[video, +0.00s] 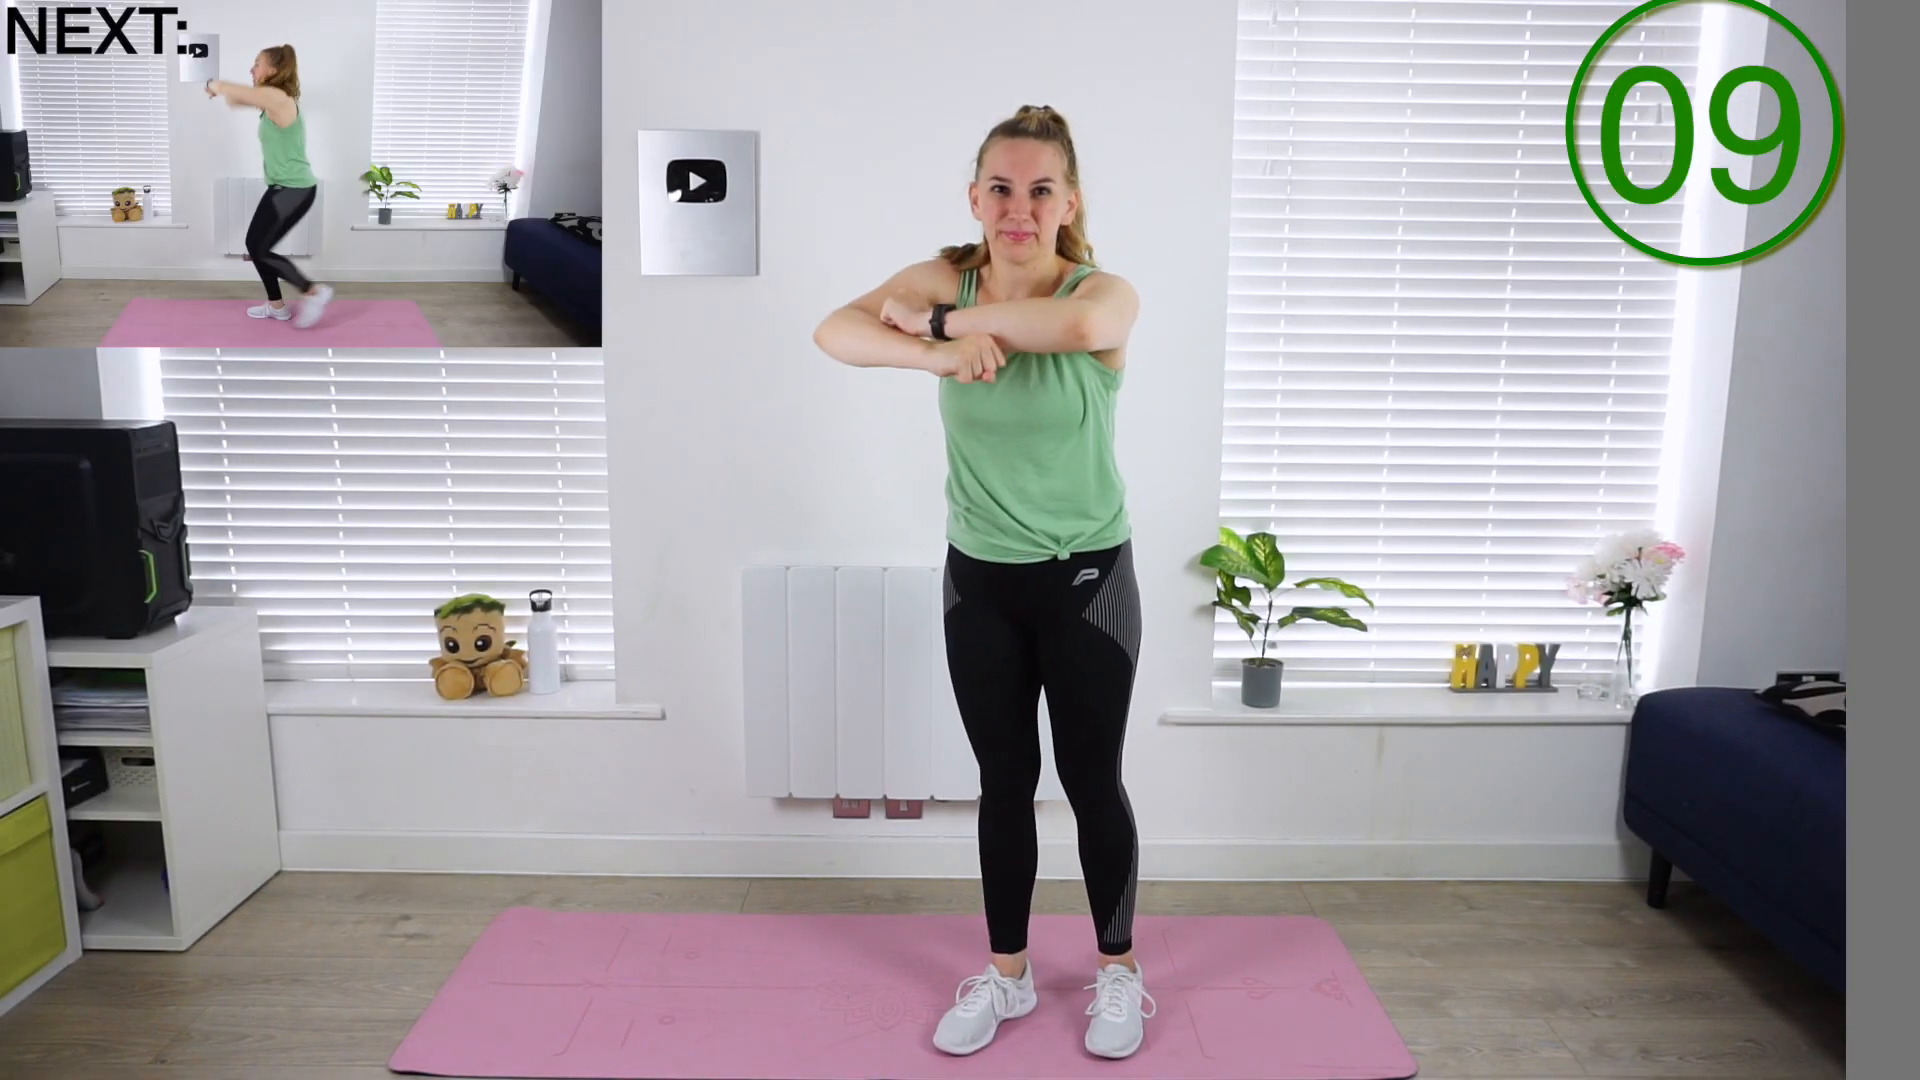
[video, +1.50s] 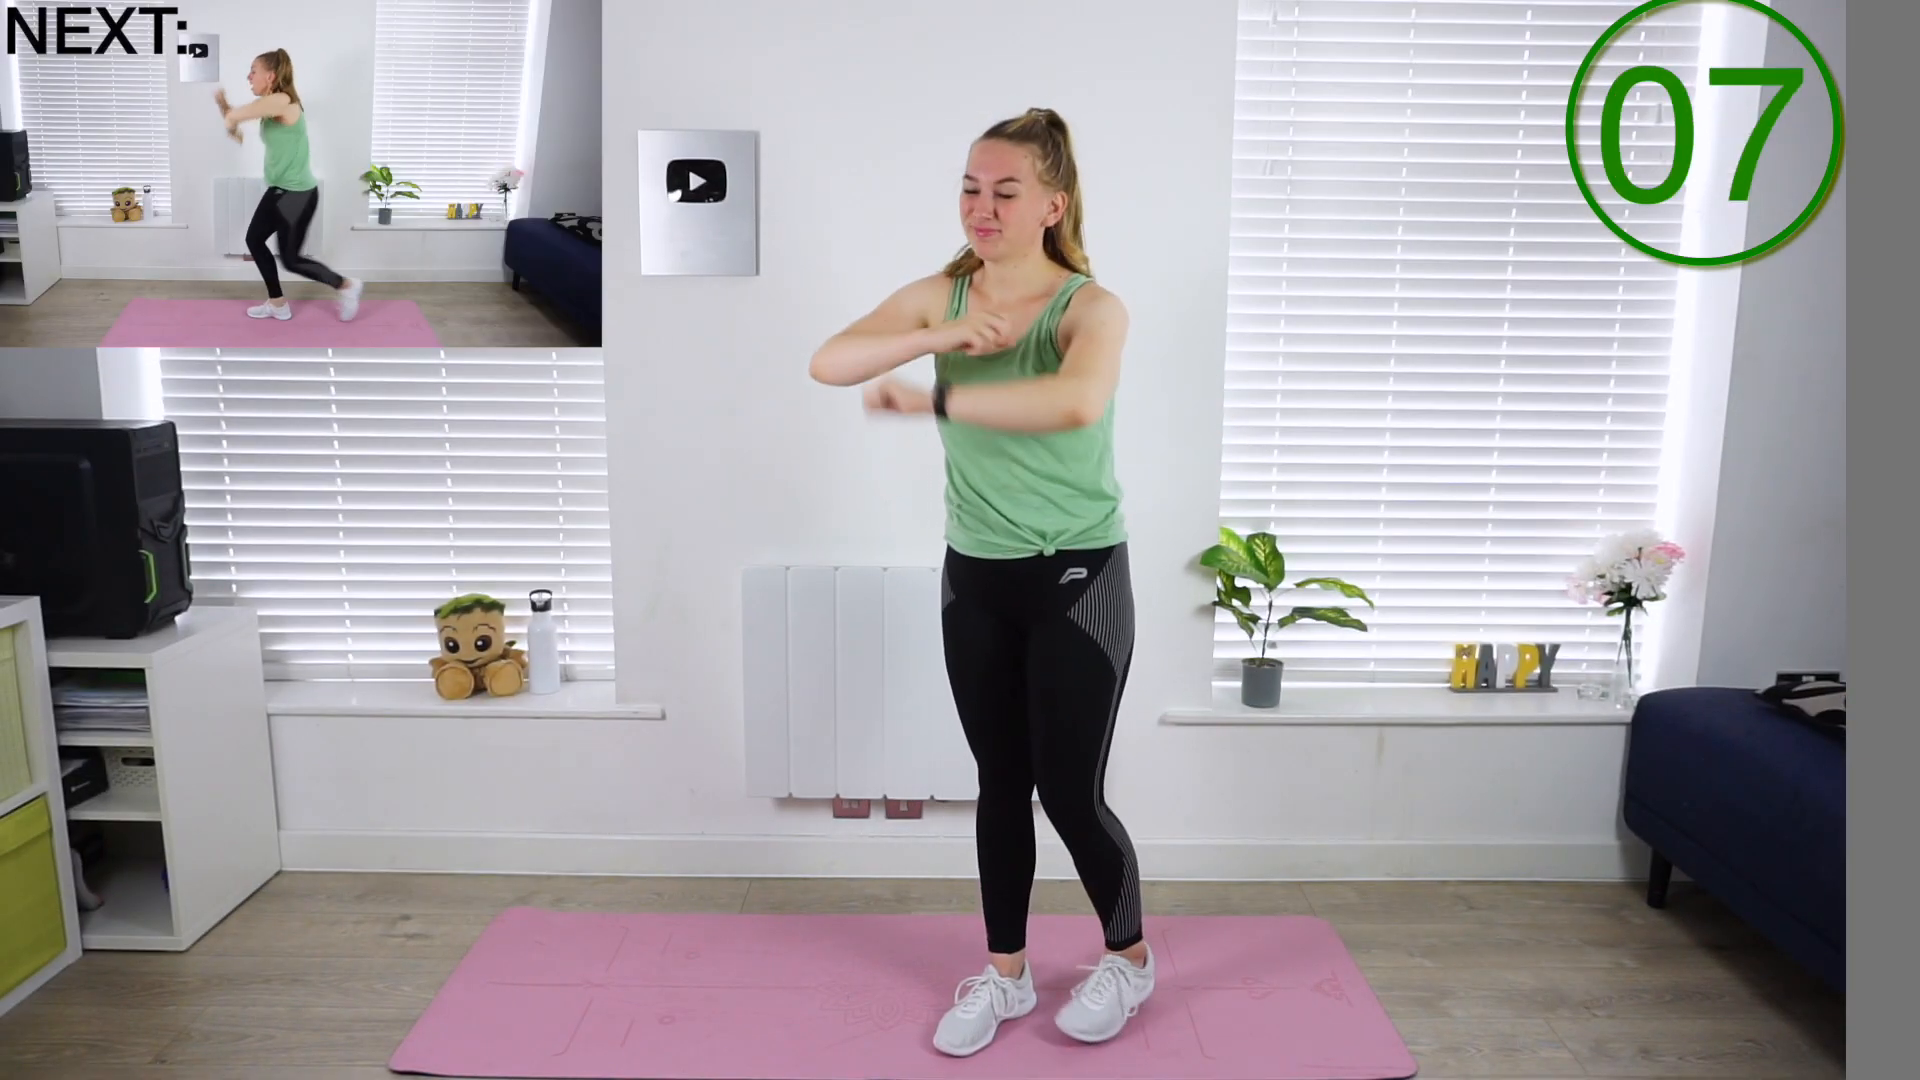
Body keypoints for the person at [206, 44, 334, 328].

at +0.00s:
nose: (252, 69)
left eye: (257, 65)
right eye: (254, 64)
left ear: (273, 69)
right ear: (273, 70)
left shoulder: (279, 98)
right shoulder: (271, 98)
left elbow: (225, 89)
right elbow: (238, 103)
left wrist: (217, 86)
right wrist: (224, 91)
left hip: (296, 188)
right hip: (281, 186)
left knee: (260, 248)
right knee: (255, 244)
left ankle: (315, 292)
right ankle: (277, 305)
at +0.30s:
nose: (263, 56)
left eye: (269, 53)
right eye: (266, 52)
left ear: (283, 62)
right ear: (284, 63)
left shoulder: (272, 83)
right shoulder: (286, 86)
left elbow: (242, 43)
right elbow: (251, 58)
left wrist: (243, 31)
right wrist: (225, 41)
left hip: (249, 181)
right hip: (270, 181)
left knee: (218, 242)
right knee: (256, 242)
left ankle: (211, 316)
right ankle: (277, 305)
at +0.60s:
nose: (260, 64)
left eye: (266, 60)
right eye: (262, 59)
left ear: (284, 66)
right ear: (282, 67)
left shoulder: (276, 89)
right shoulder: (284, 90)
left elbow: (235, 60)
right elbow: (251, 68)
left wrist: (233, 46)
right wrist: (235, 53)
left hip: (257, 184)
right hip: (268, 182)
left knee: (222, 244)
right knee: (252, 243)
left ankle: (212, 319)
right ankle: (277, 304)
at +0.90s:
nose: (238, 83)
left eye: (241, 76)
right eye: (238, 77)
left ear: (258, 75)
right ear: (259, 76)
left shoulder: (273, 101)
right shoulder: (269, 101)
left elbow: (235, 136)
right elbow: (256, 133)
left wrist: (221, 145)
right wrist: (244, 136)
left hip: (302, 186)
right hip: (282, 184)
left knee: (278, 249)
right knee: (266, 240)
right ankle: (278, 303)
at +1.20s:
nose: (241, 90)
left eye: (245, 83)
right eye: (241, 83)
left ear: (261, 83)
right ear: (262, 84)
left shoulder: (285, 105)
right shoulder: (265, 111)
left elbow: (249, 144)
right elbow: (248, 146)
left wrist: (243, 140)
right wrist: (251, 173)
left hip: (323, 185)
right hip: (295, 188)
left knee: (339, 241)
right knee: (266, 237)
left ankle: (365, 296)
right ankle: (278, 302)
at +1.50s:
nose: (249, 78)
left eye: (253, 73)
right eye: (250, 72)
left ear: (271, 76)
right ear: (271, 77)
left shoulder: (281, 100)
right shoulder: (273, 102)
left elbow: (233, 117)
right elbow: (238, 120)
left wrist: (233, 129)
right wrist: (225, 109)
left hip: (299, 192)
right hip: (279, 189)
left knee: (290, 259)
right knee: (255, 239)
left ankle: (347, 285)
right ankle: (277, 302)